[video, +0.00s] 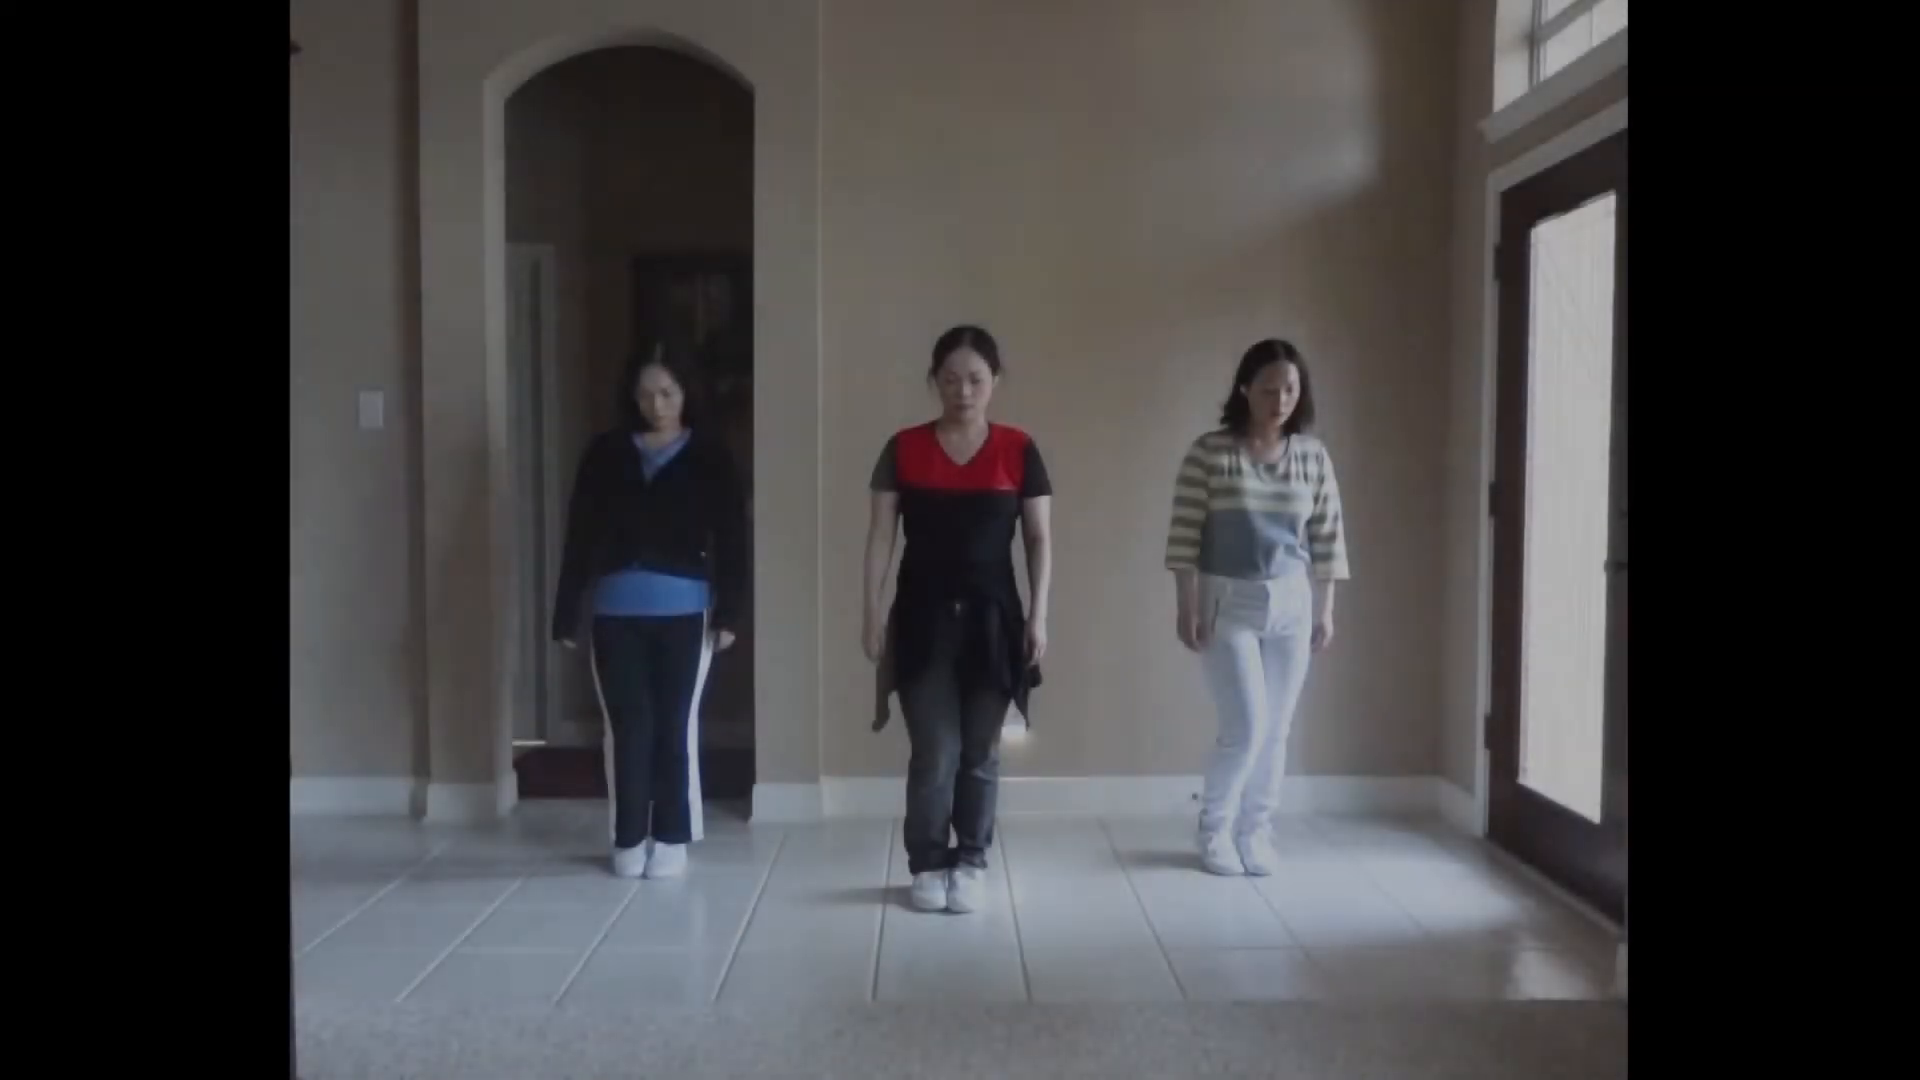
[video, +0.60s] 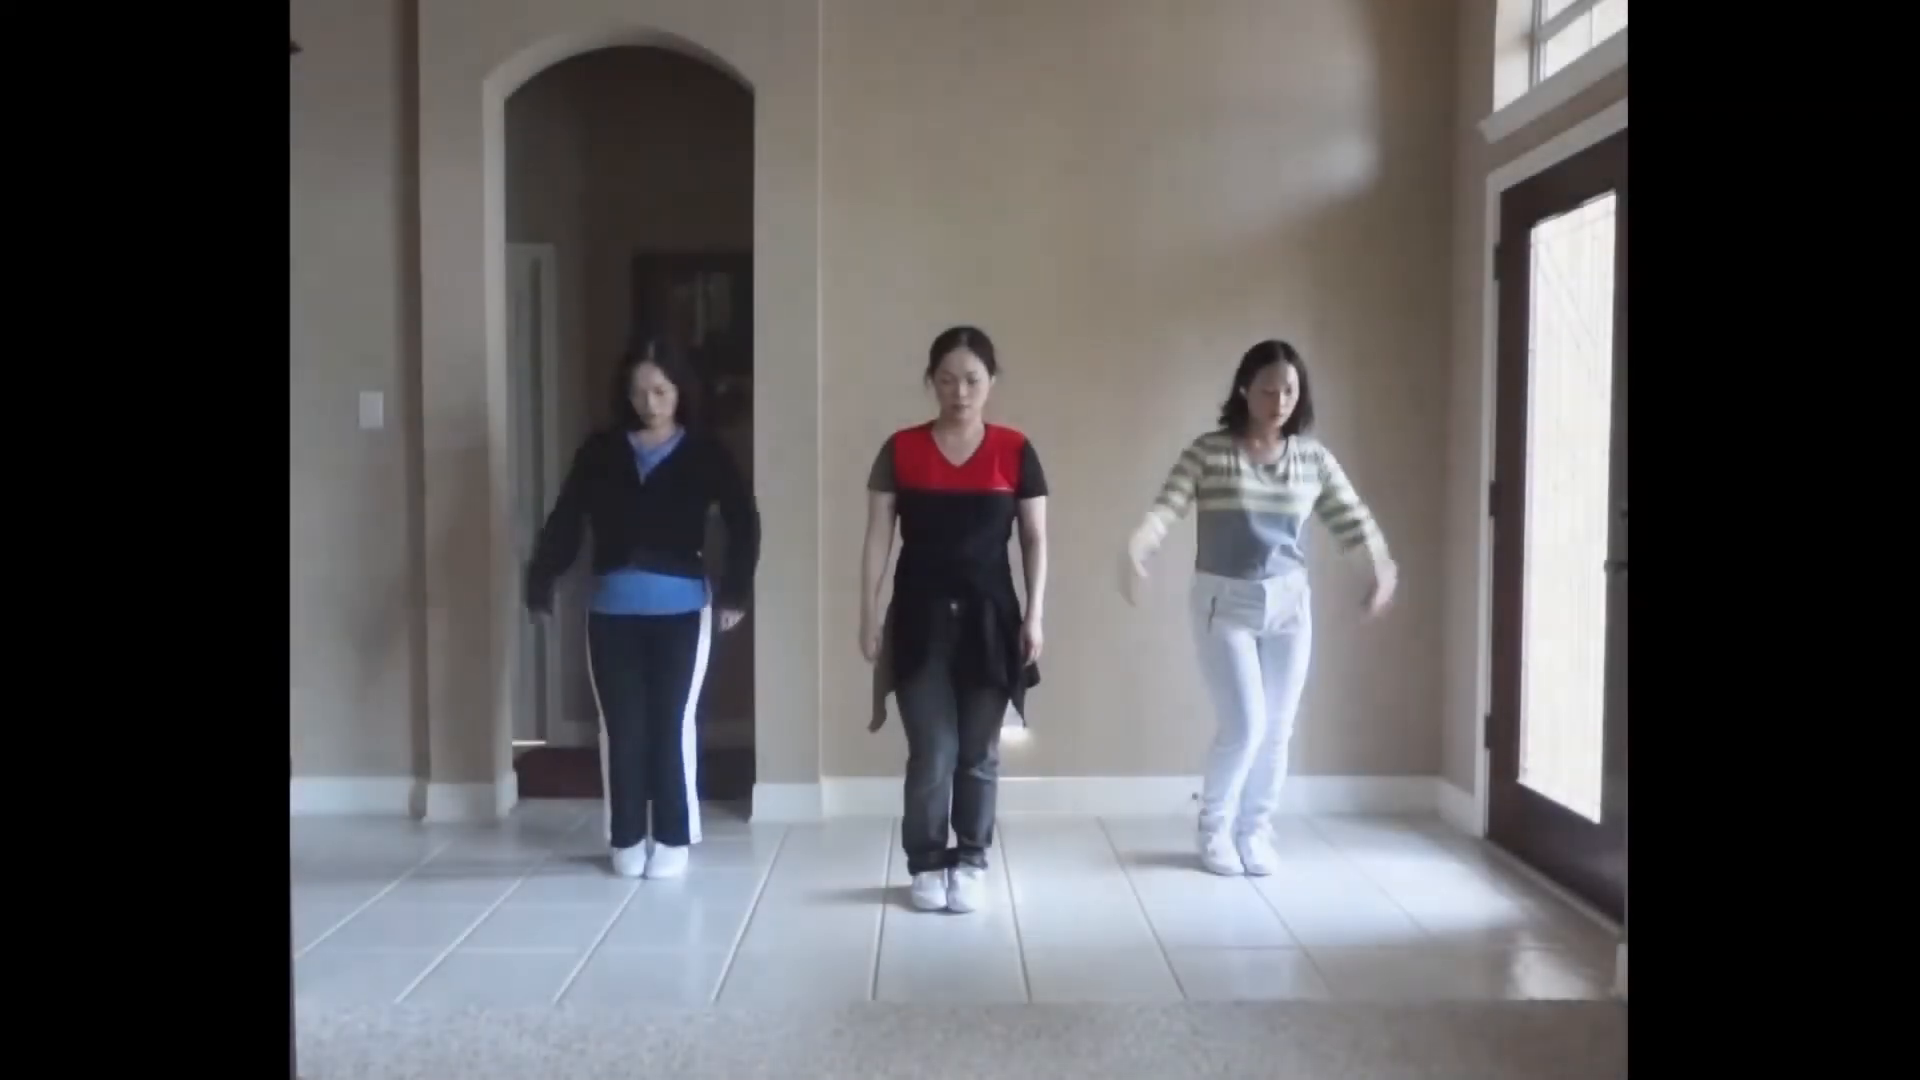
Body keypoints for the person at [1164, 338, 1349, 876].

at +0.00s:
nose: (1281, 399)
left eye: (1290, 389)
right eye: (1271, 387)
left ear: (1301, 395)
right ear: (1245, 390)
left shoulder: (1312, 455)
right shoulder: (1210, 451)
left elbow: (1327, 536)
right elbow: (1185, 534)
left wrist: (1324, 608)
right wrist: (1187, 605)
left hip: (1293, 607)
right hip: (1227, 606)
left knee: (1274, 730)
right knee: (1245, 728)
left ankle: (1256, 832)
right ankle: (1215, 831)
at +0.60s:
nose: (1279, 399)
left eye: (1289, 389)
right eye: (1269, 387)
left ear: (1300, 396)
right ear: (1245, 390)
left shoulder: (1312, 458)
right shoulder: (1209, 451)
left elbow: (1352, 517)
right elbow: (1169, 505)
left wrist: (1383, 568)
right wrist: (1137, 546)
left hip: (1289, 608)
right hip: (1223, 607)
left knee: (1276, 728)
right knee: (1244, 725)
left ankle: (1256, 831)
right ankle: (1214, 829)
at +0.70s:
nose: (1279, 404)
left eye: (1289, 394)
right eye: (1268, 392)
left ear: (1299, 400)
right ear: (1244, 394)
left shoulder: (1313, 458)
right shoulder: (1207, 452)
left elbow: (1363, 498)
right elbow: (1162, 487)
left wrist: (1408, 513)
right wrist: (1135, 490)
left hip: (1287, 610)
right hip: (1222, 608)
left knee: (1282, 729)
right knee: (1246, 724)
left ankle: (1257, 832)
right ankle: (1216, 827)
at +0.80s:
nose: (1279, 414)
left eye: (1288, 404)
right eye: (1269, 403)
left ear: (1298, 410)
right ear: (1244, 403)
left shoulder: (1312, 465)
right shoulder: (1205, 459)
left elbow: (1382, 499)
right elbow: (1144, 484)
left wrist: (1389, 438)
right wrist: (1141, 418)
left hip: (1285, 617)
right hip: (1219, 616)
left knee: (1285, 733)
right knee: (1248, 729)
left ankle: (1259, 835)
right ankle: (1204, 782)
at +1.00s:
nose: (1266, 431)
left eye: (1277, 421)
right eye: (1256, 419)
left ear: (1289, 423)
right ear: (1236, 417)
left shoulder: (1303, 467)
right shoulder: (1205, 459)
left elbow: (1361, 424)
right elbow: (1166, 431)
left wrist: (1312, 408)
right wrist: (1185, 412)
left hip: (1282, 616)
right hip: (1215, 615)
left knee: (1283, 731)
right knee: (1215, 726)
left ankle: (1257, 836)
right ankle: (1184, 747)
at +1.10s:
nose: (1258, 397)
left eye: (1269, 387)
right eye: (1247, 385)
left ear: (1281, 396)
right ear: (1229, 390)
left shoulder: (1295, 447)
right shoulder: (1202, 446)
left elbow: (1338, 385)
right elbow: (1177, 393)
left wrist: (1287, 348)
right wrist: (1197, 360)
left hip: (1276, 598)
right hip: (1210, 598)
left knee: (1273, 724)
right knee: (1195, 714)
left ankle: (1258, 834)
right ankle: (1183, 795)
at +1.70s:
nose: (1209, 410)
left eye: (1218, 401)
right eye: (1200, 400)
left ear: (1232, 414)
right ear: (1182, 409)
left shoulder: (1246, 463)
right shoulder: (1163, 462)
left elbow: (1261, 428)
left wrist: (1250, 400)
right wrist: (1201, 399)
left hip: (1236, 593)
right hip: (1175, 598)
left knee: (1257, 713)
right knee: (1184, 720)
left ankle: (1270, 828)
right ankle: (1199, 810)